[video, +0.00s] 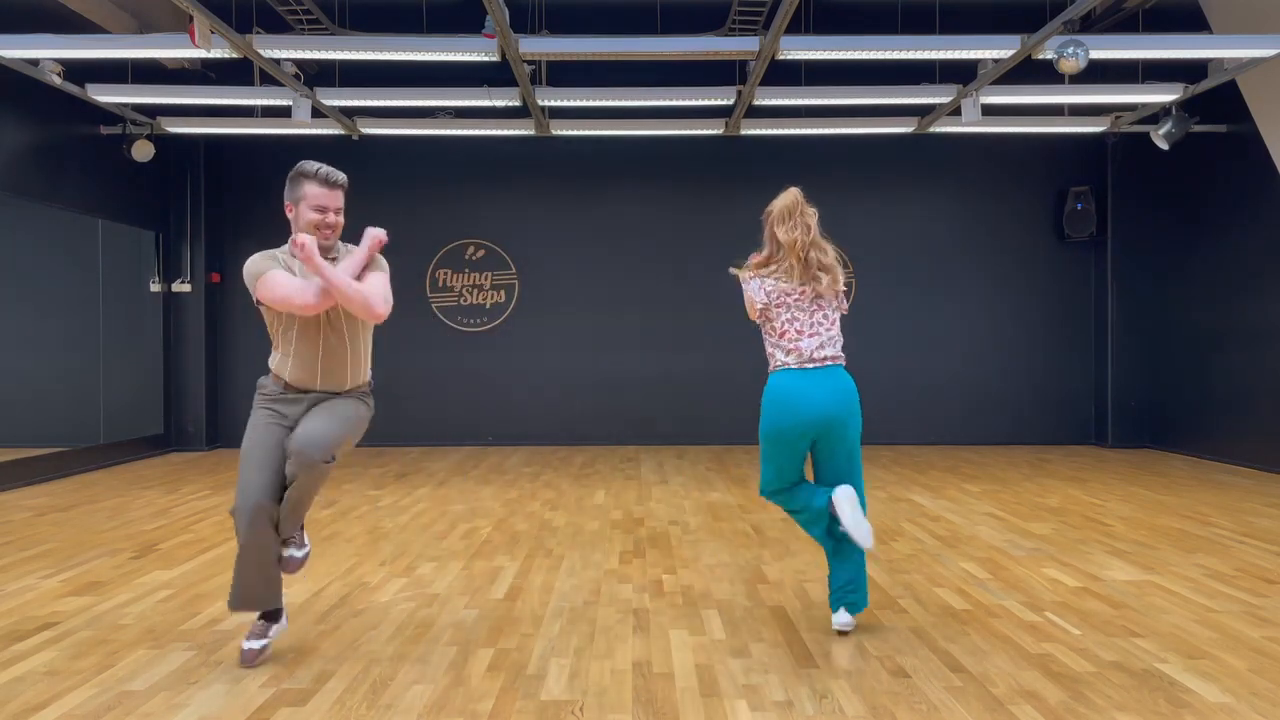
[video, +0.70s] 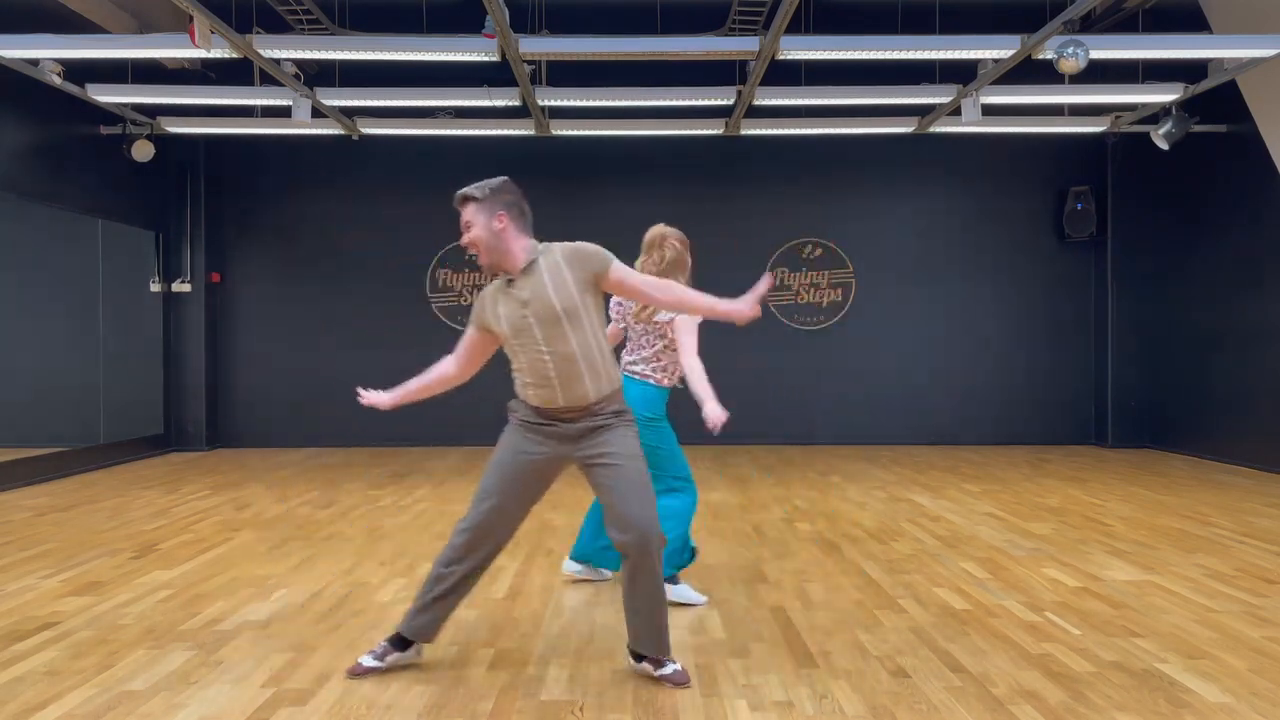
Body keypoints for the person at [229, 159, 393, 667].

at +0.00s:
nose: (329, 219)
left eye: (337, 211)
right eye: (318, 209)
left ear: (345, 214)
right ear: (290, 212)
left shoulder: (368, 261)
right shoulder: (262, 265)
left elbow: (378, 309)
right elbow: (309, 299)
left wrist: (317, 261)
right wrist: (365, 253)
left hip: (345, 395)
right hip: (279, 395)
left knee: (312, 445)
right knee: (252, 505)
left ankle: (290, 527)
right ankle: (270, 612)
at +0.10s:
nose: (332, 226)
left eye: (339, 216)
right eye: (320, 216)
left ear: (346, 219)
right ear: (291, 218)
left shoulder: (370, 267)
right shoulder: (263, 272)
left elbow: (360, 320)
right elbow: (292, 317)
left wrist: (296, 271)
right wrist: (353, 263)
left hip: (361, 406)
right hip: (294, 407)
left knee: (332, 470)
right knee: (269, 521)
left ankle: (314, 549)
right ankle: (288, 634)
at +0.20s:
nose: (334, 236)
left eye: (340, 225)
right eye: (321, 226)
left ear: (347, 225)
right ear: (291, 226)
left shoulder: (371, 277)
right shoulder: (267, 295)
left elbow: (371, 348)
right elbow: (282, 363)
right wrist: (346, 333)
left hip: (385, 417)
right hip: (313, 422)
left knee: (388, 495)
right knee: (278, 532)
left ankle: (379, 583)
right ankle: (294, 637)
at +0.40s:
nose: (314, 240)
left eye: (324, 228)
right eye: (311, 231)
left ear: (362, 229)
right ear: (319, 239)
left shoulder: (419, 281)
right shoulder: (326, 317)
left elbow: (490, 323)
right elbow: (303, 396)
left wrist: (552, 348)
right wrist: (238, 442)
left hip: (451, 428)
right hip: (376, 439)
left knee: (520, 524)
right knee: (311, 539)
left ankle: (593, 620)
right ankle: (292, 644)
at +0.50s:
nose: (357, 245)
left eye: (364, 232)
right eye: (356, 235)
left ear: (401, 228)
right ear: (387, 235)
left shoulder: (474, 266)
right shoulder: (382, 310)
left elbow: (548, 281)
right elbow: (343, 366)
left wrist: (623, 274)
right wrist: (275, 383)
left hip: (508, 427)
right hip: (433, 435)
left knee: (568, 529)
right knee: (368, 537)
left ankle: (633, 637)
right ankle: (295, 642)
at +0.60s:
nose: (413, 244)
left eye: (418, 229)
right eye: (412, 233)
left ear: (454, 223)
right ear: (447, 229)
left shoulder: (532, 260)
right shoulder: (441, 303)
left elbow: (615, 268)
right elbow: (400, 353)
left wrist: (685, 259)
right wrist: (331, 366)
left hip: (560, 424)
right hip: (486, 430)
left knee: (612, 535)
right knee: (423, 537)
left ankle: (639, 646)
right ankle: (350, 635)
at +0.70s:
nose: (462, 238)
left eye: (468, 225)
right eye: (461, 228)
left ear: (503, 220)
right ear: (492, 227)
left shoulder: (580, 260)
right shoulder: (492, 303)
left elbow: (654, 290)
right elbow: (456, 367)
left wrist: (733, 308)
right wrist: (392, 397)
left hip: (606, 422)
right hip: (534, 427)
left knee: (642, 533)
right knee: (477, 531)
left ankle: (649, 652)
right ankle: (408, 640)